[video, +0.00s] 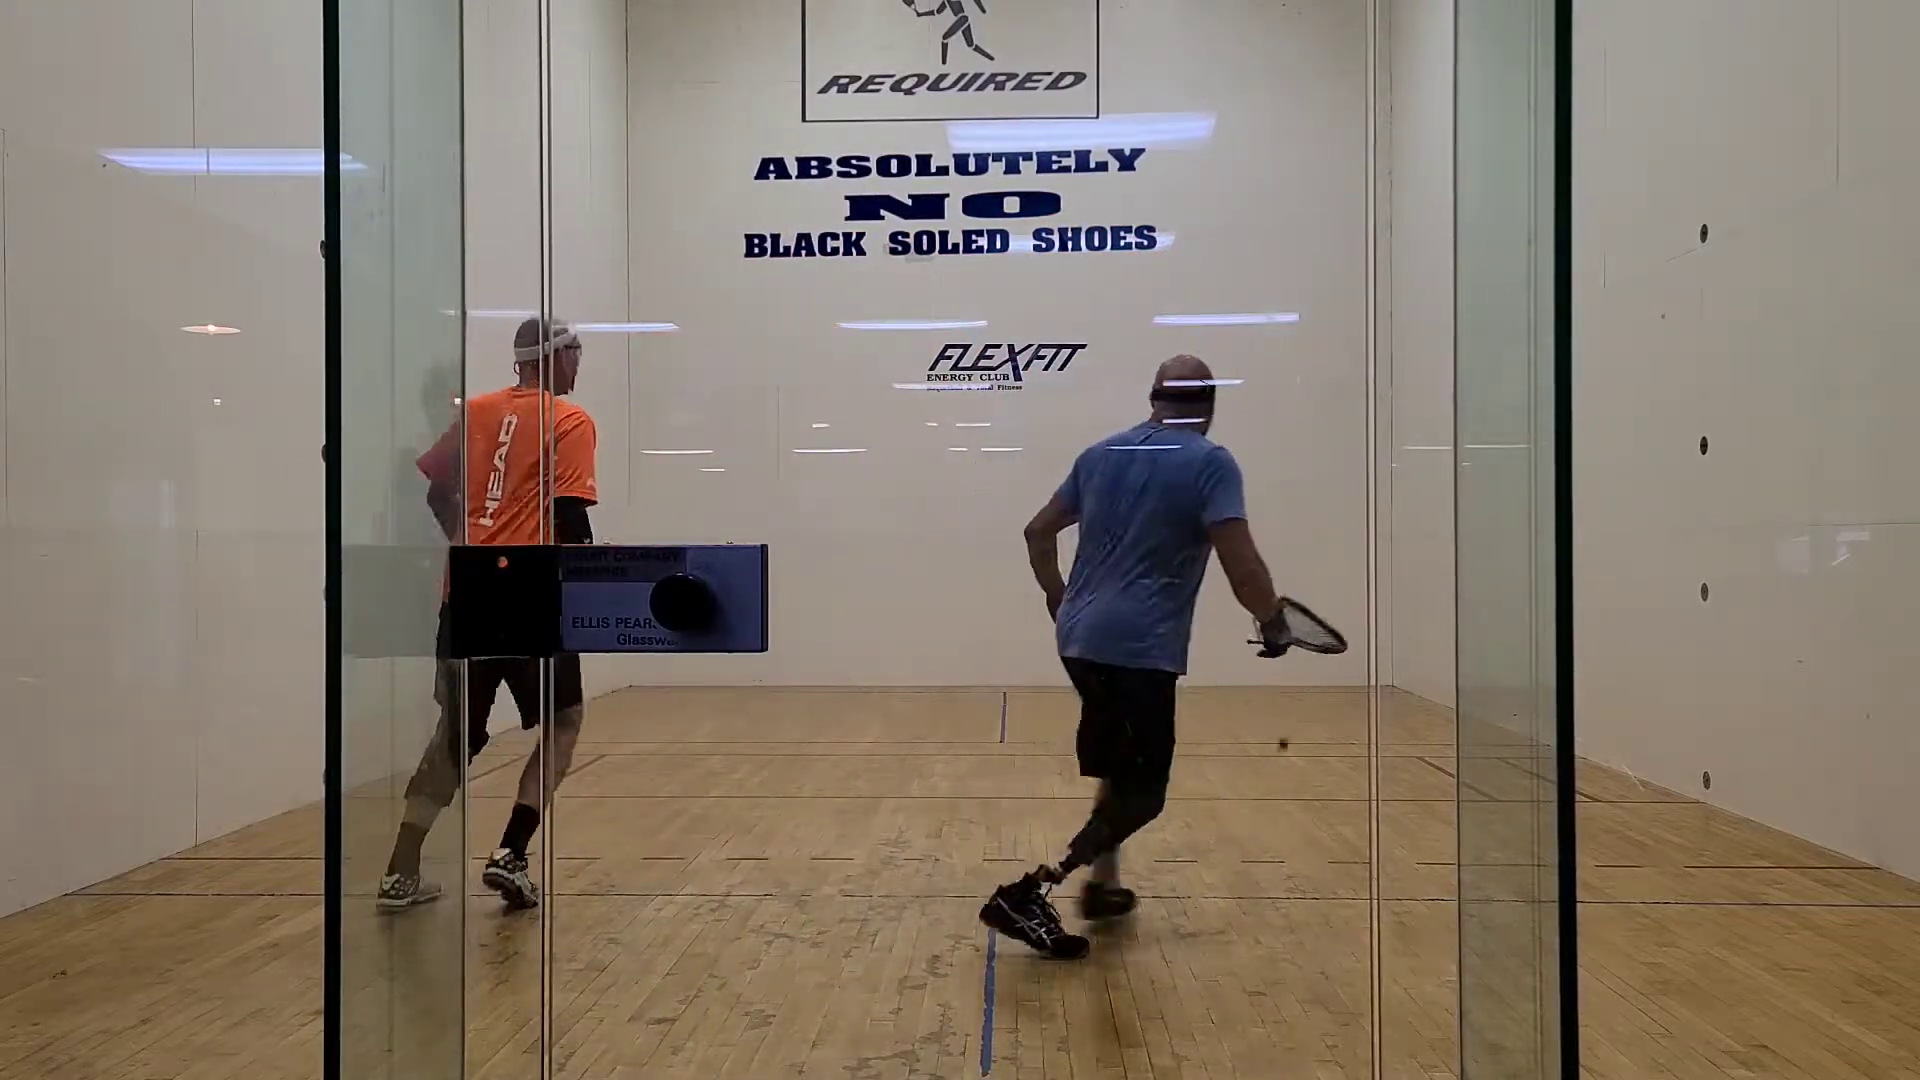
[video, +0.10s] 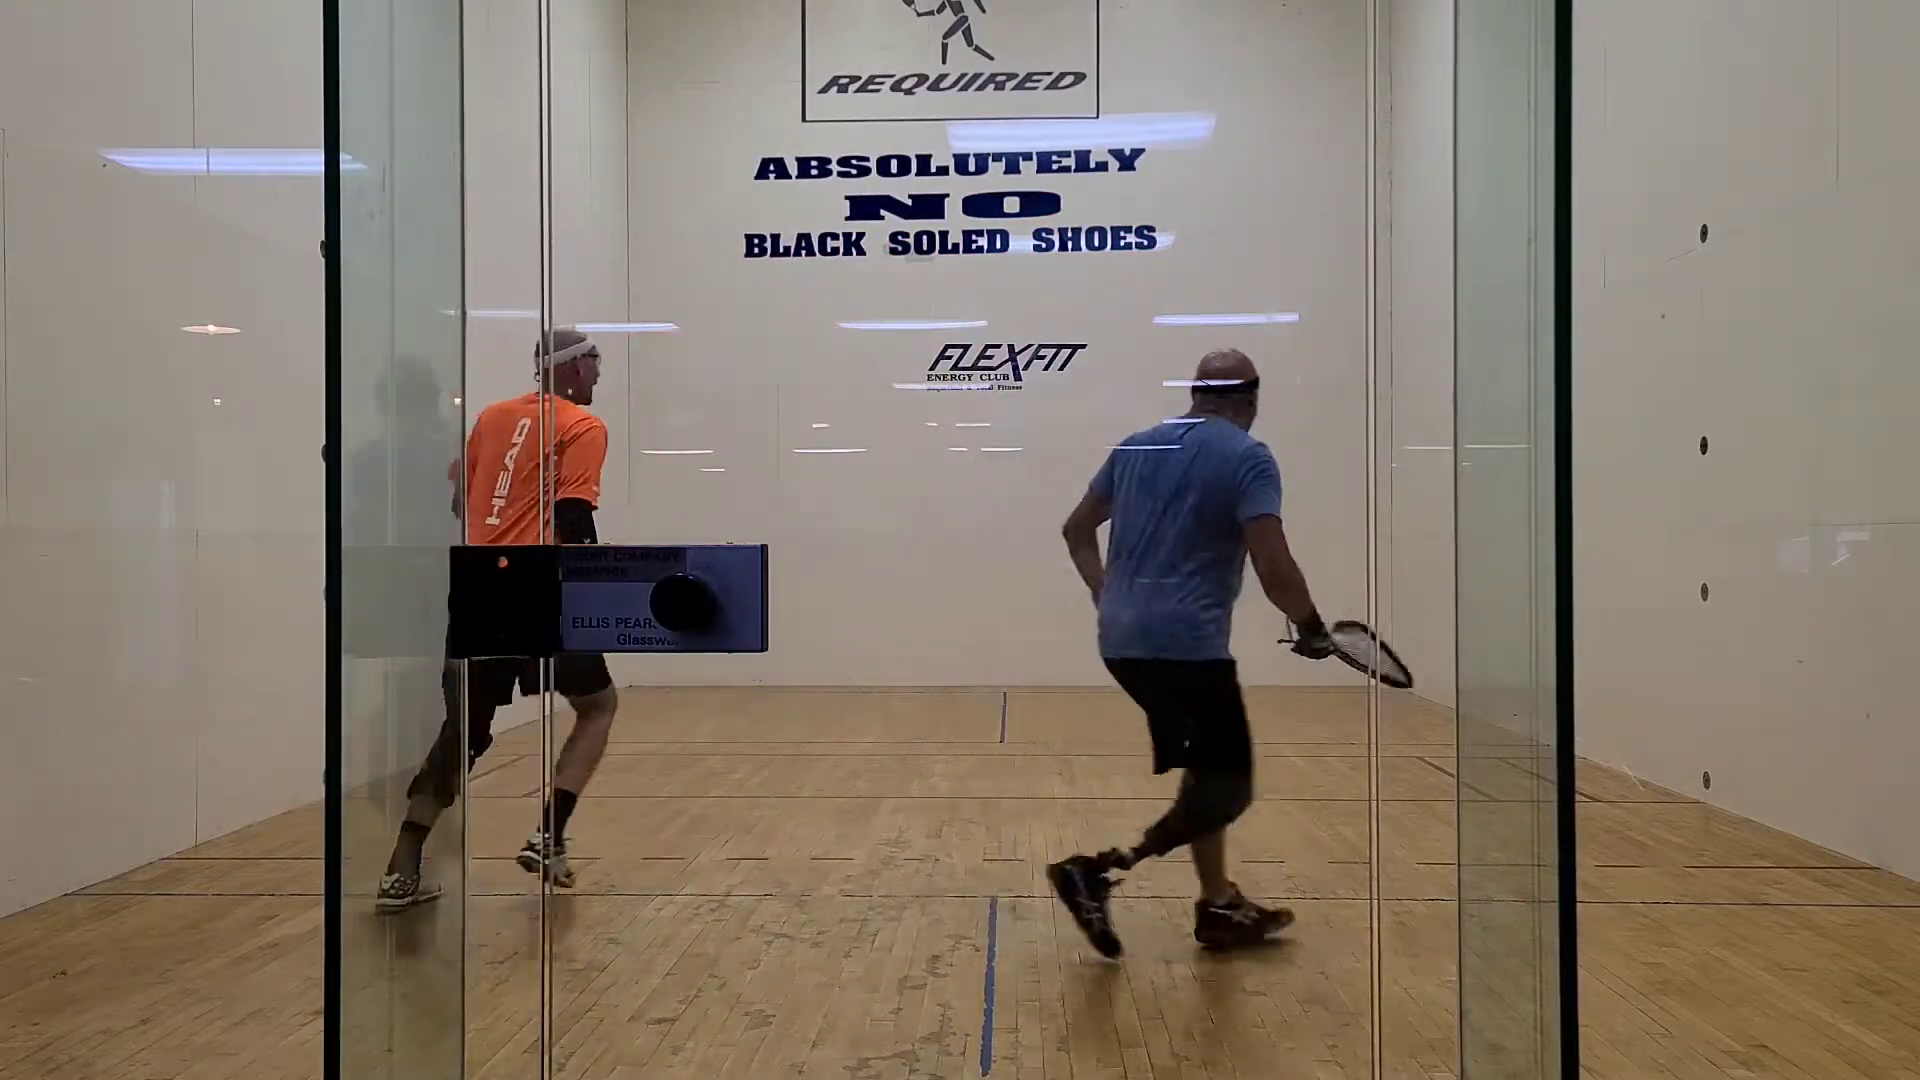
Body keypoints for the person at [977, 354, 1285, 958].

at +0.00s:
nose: (1206, 412)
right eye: (1208, 403)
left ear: (1153, 402)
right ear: (1209, 405)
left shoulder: (1101, 455)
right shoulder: (1210, 462)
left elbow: (1039, 531)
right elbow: (1240, 562)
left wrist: (1056, 595)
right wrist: (1271, 620)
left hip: (1077, 639)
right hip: (1142, 649)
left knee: (1115, 761)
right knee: (1143, 794)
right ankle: (1034, 891)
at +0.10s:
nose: (1255, 409)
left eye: (1249, 399)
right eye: (1255, 399)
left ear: (1196, 396)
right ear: (1249, 398)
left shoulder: (1139, 445)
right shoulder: (1247, 457)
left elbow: (1078, 528)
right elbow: (1273, 565)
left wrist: (1109, 597)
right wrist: (1310, 626)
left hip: (1122, 642)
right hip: (1189, 646)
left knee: (1205, 766)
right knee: (1231, 788)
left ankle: (1219, 903)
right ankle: (1101, 872)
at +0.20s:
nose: (1295, 415)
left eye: (1293, 405)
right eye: (1293, 405)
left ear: (1232, 407)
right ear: (1283, 407)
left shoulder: (1179, 465)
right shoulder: (1279, 469)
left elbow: (1132, 555)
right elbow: (1302, 575)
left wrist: (1182, 606)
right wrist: (1349, 631)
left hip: (1171, 663)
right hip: (1237, 661)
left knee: (1254, 769)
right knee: (1325, 789)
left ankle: (1236, 907)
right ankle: (1257, 888)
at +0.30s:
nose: (1337, 418)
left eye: (1335, 407)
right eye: (1336, 407)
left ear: (1271, 408)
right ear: (1326, 407)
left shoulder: (1230, 470)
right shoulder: (1319, 472)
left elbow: (1203, 572)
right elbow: (1340, 582)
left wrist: (1288, 596)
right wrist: (1404, 628)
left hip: (1216, 669)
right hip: (1285, 672)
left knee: (1273, 772)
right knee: (1401, 793)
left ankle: (1237, 912)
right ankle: (1399, 943)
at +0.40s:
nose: (1390, 388)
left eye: (1385, 378)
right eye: (1387, 377)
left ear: (1317, 386)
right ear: (1374, 381)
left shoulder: (1277, 453)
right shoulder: (1374, 446)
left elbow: (1259, 565)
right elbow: (1395, 554)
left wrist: (1359, 571)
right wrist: (1465, 605)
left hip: (1279, 659)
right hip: (1349, 664)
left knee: (1301, 771)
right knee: (1444, 793)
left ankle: (1248, 903)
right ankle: (1430, 980)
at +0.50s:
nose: (1446, 359)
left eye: (1442, 348)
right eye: (1441, 348)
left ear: (1374, 359)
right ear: (1427, 350)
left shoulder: (1333, 433)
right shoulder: (1432, 415)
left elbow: (1315, 549)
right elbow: (1466, 530)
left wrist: (1405, 559)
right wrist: (1537, 572)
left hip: (1328, 655)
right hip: (1409, 658)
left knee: (1365, 779)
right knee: (1486, 814)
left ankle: (1313, 924)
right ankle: (1440, 984)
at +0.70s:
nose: (1578, 342)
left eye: (1574, 326)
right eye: (1566, 328)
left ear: (1498, 331)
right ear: (1529, 333)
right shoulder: (1517, 412)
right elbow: (1539, 542)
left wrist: (1578, 528)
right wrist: (1660, 572)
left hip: (1442, 657)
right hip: (1499, 662)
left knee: (1494, 832)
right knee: (1642, 810)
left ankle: (1444, 1010)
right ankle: (1582, 992)